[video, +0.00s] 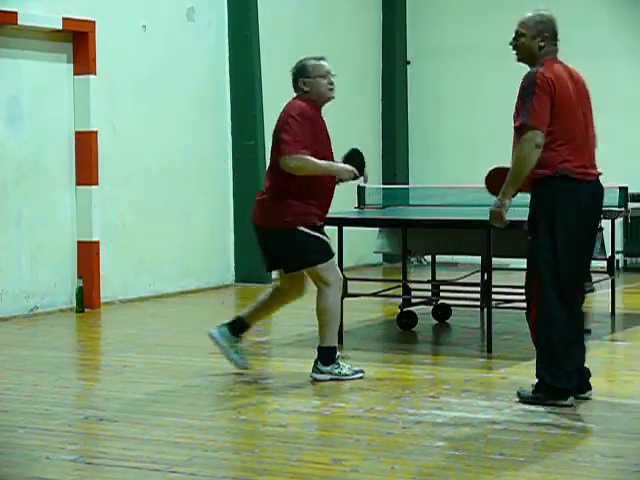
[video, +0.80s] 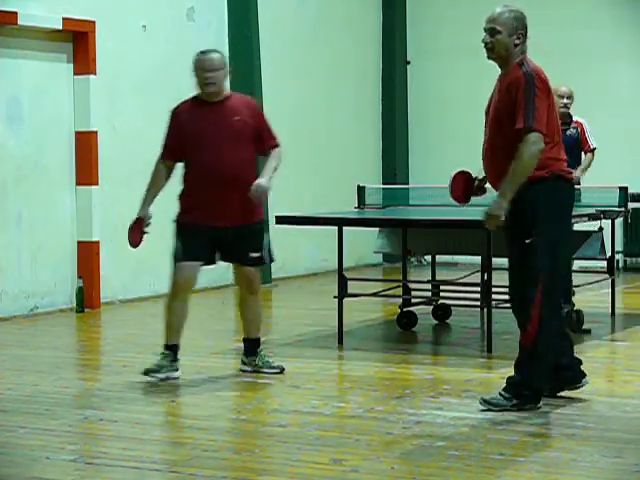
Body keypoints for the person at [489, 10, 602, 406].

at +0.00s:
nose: (513, 43)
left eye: (519, 36)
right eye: (514, 37)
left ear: (543, 41)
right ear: (547, 43)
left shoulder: (540, 77)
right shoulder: (572, 77)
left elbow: (534, 140)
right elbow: (576, 141)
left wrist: (503, 198)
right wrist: (524, 173)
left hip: (559, 192)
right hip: (586, 191)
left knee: (547, 286)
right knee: (567, 285)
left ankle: (555, 384)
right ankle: (573, 377)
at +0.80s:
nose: (485, 38)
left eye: (493, 33)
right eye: (485, 32)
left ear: (518, 38)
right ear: (496, 40)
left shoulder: (527, 76)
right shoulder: (510, 78)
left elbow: (534, 142)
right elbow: (520, 140)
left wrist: (503, 199)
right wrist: (493, 178)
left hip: (543, 192)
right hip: (526, 193)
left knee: (538, 287)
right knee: (525, 287)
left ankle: (527, 388)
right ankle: (564, 369)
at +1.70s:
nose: (502, 43)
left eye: (508, 37)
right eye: (502, 37)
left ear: (532, 41)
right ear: (523, 43)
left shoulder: (550, 76)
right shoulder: (520, 87)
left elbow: (554, 130)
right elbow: (516, 147)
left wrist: (497, 145)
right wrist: (495, 189)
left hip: (548, 194)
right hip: (524, 195)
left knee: (535, 286)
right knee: (535, 287)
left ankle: (526, 388)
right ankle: (565, 378)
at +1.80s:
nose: (507, 45)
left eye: (514, 39)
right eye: (507, 40)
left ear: (539, 42)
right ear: (528, 44)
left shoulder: (554, 77)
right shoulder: (520, 90)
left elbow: (537, 119)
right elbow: (504, 147)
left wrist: (487, 98)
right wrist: (499, 189)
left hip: (550, 194)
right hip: (527, 196)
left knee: (534, 287)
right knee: (546, 287)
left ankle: (524, 387)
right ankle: (566, 378)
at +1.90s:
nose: (512, 50)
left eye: (518, 43)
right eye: (511, 45)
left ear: (541, 42)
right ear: (534, 44)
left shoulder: (558, 78)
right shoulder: (533, 85)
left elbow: (517, 99)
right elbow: (529, 147)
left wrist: (492, 61)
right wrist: (511, 191)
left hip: (552, 194)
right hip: (533, 195)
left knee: (526, 286)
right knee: (546, 287)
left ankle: (521, 385)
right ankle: (565, 379)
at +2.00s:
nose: (516, 57)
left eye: (520, 50)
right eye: (515, 51)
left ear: (539, 46)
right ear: (539, 47)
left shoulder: (556, 75)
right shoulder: (539, 79)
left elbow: (501, 75)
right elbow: (503, 75)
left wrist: (503, 33)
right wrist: (502, 36)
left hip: (549, 194)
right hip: (538, 194)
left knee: (521, 285)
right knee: (549, 288)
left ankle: (514, 382)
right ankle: (565, 381)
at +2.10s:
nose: (520, 58)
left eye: (522, 50)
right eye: (520, 50)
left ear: (535, 47)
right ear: (551, 47)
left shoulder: (549, 74)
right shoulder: (559, 79)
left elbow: (489, 65)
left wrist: (509, 32)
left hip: (543, 194)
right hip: (552, 193)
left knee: (517, 284)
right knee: (553, 286)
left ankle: (504, 380)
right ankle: (565, 380)